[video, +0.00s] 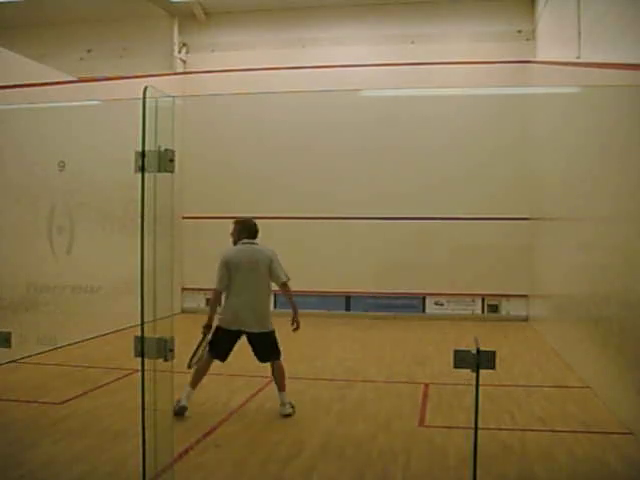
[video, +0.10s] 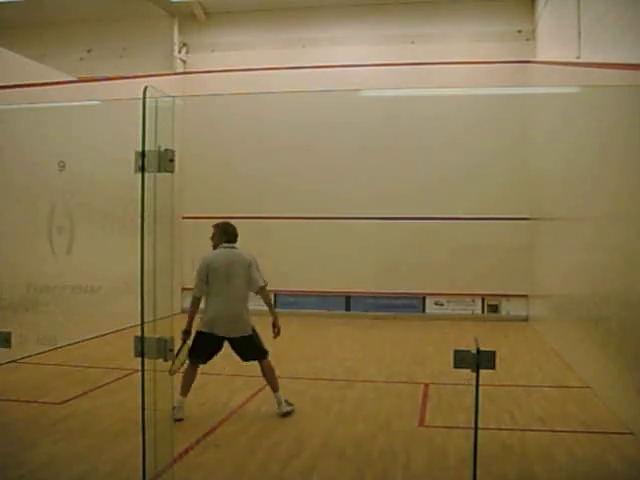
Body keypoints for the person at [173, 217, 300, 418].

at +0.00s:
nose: (230, 235)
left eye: (233, 231)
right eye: (232, 231)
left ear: (240, 234)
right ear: (254, 235)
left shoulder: (229, 256)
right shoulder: (268, 255)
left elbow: (217, 292)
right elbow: (284, 285)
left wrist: (209, 321)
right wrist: (294, 311)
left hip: (230, 319)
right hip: (260, 320)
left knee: (208, 356)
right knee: (275, 360)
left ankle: (185, 398)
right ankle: (284, 403)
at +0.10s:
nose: (211, 239)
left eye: (213, 235)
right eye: (212, 235)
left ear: (220, 238)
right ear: (234, 239)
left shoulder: (208, 260)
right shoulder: (247, 260)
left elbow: (197, 297)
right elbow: (262, 290)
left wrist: (188, 326)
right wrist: (274, 317)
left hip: (211, 324)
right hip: (240, 324)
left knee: (193, 363)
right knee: (263, 359)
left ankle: (179, 405)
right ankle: (280, 401)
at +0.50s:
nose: (173, 231)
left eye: (176, 227)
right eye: (174, 227)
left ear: (184, 230)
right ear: (196, 231)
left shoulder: (173, 254)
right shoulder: (213, 250)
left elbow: (165, 292)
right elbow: (232, 278)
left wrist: (161, 322)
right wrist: (241, 308)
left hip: (182, 321)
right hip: (209, 320)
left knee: (178, 363)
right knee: (223, 357)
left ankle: (177, 406)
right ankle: (224, 401)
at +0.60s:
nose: (174, 233)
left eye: (176, 230)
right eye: (176, 229)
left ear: (180, 232)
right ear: (198, 232)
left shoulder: (171, 257)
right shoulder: (210, 253)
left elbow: (164, 296)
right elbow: (232, 284)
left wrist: (160, 325)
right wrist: (241, 312)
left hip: (179, 323)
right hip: (207, 323)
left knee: (177, 364)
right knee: (220, 362)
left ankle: (177, 407)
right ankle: (215, 408)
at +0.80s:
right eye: (203, 224)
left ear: (184, 225)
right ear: (203, 226)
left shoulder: (170, 250)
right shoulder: (209, 247)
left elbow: (162, 288)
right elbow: (232, 280)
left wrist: (163, 318)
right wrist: (237, 310)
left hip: (174, 315)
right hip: (201, 315)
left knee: (171, 359)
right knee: (218, 358)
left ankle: (171, 403)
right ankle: (217, 411)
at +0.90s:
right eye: (204, 229)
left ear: (185, 232)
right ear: (204, 232)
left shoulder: (170, 253)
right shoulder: (207, 252)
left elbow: (158, 289)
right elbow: (229, 282)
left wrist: (161, 318)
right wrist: (237, 312)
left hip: (169, 317)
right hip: (196, 316)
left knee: (168, 361)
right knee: (218, 360)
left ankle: (152, 404)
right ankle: (224, 415)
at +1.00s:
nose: (201, 247)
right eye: (200, 243)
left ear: (180, 245)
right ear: (199, 245)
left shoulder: (165, 268)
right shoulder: (201, 266)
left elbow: (151, 306)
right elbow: (225, 294)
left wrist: (160, 330)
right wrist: (237, 326)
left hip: (166, 330)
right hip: (191, 329)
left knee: (162, 372)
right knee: (217, 374)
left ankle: (136, 410)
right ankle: (227, 429)